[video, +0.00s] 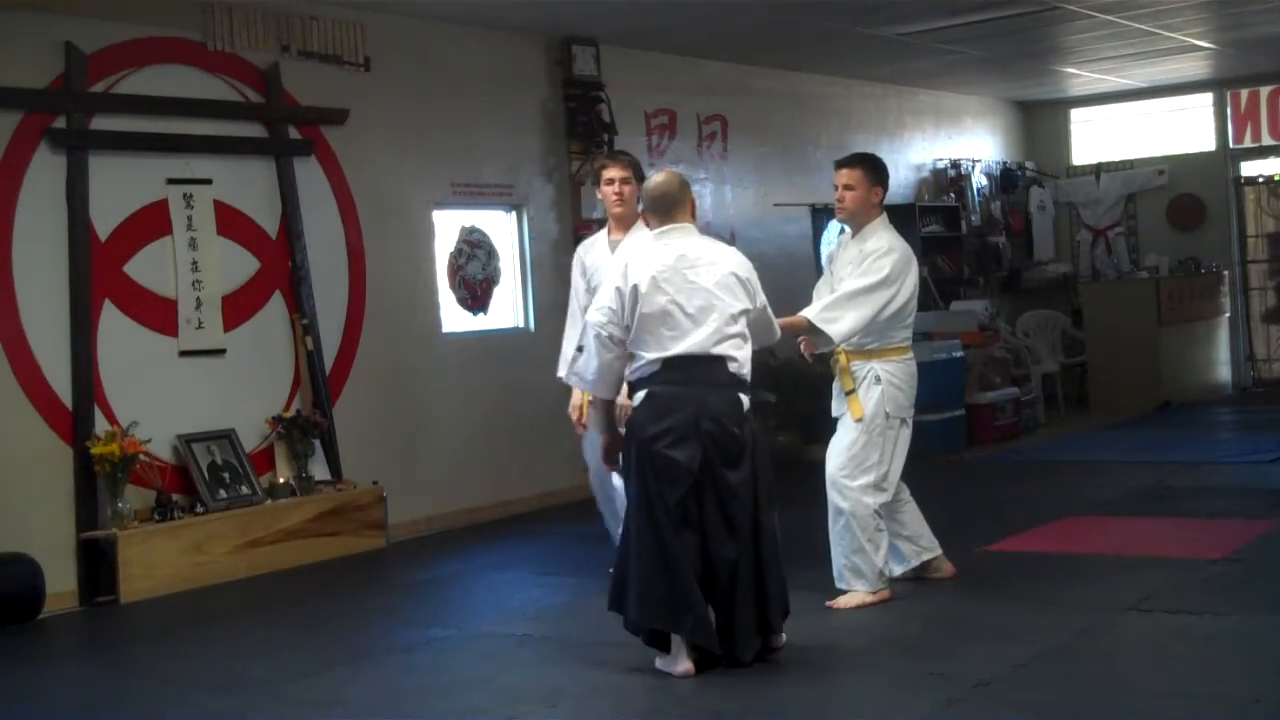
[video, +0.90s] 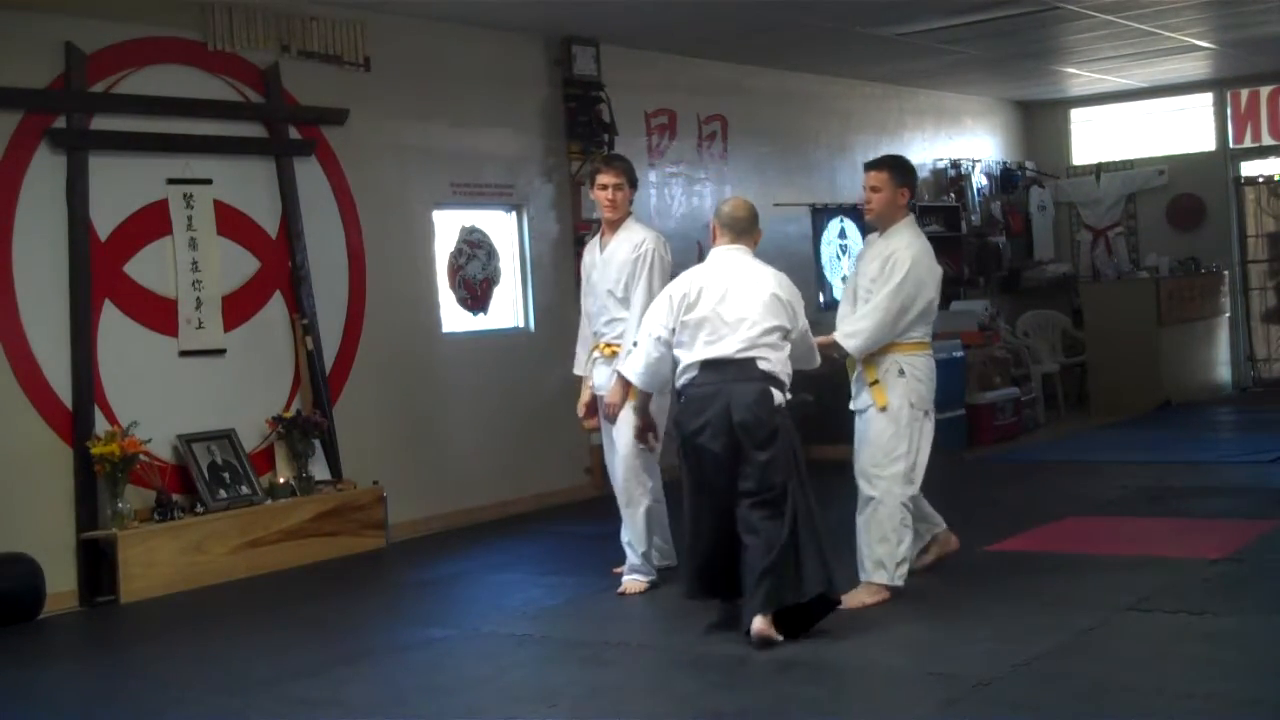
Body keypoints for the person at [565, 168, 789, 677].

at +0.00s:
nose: (700, 211)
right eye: (697, 204)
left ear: (645, 214)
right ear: (692, 208)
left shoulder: (629, 263)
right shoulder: (732, 260)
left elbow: (605, 346)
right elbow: (766, 333)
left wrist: (607, 427)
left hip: (659, 405)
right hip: (727, 401)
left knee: (664, 526)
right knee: (745, 514)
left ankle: (679, 650)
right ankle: (767, 627)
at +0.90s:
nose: (710, 236)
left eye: (710, 230)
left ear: (713, 233)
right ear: (758, 237)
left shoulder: (683, 285)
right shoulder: (779, 285)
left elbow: (651, 350)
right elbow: (807, 357)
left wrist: (640, 408)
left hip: (699, 394)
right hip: (758, 393)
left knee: (709, 499)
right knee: (762, 502)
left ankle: (727, 600)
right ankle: (760, 611)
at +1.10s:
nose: (700, 247)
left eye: (698, 242)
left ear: (701, 243)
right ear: (743, 244)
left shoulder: (679, 288)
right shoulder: (768, 283)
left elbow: (640, 338)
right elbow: (816, 353)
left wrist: (617, 386)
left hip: (707, 386)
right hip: (762, 384)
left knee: (716, 489)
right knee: (774, 487)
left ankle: (731, 584)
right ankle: (778, 562)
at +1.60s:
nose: (702, 252)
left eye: (704, 245)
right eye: (703, 245)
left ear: (721, 245)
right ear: (741, 247)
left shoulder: (715, 283)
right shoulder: (774, 284)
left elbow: (663, 324)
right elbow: (801, 344)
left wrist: (621, 324)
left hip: (767, 388)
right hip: (799, 383)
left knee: (749, 469)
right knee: (788, 472)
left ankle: (754, 560)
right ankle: (791, 554)